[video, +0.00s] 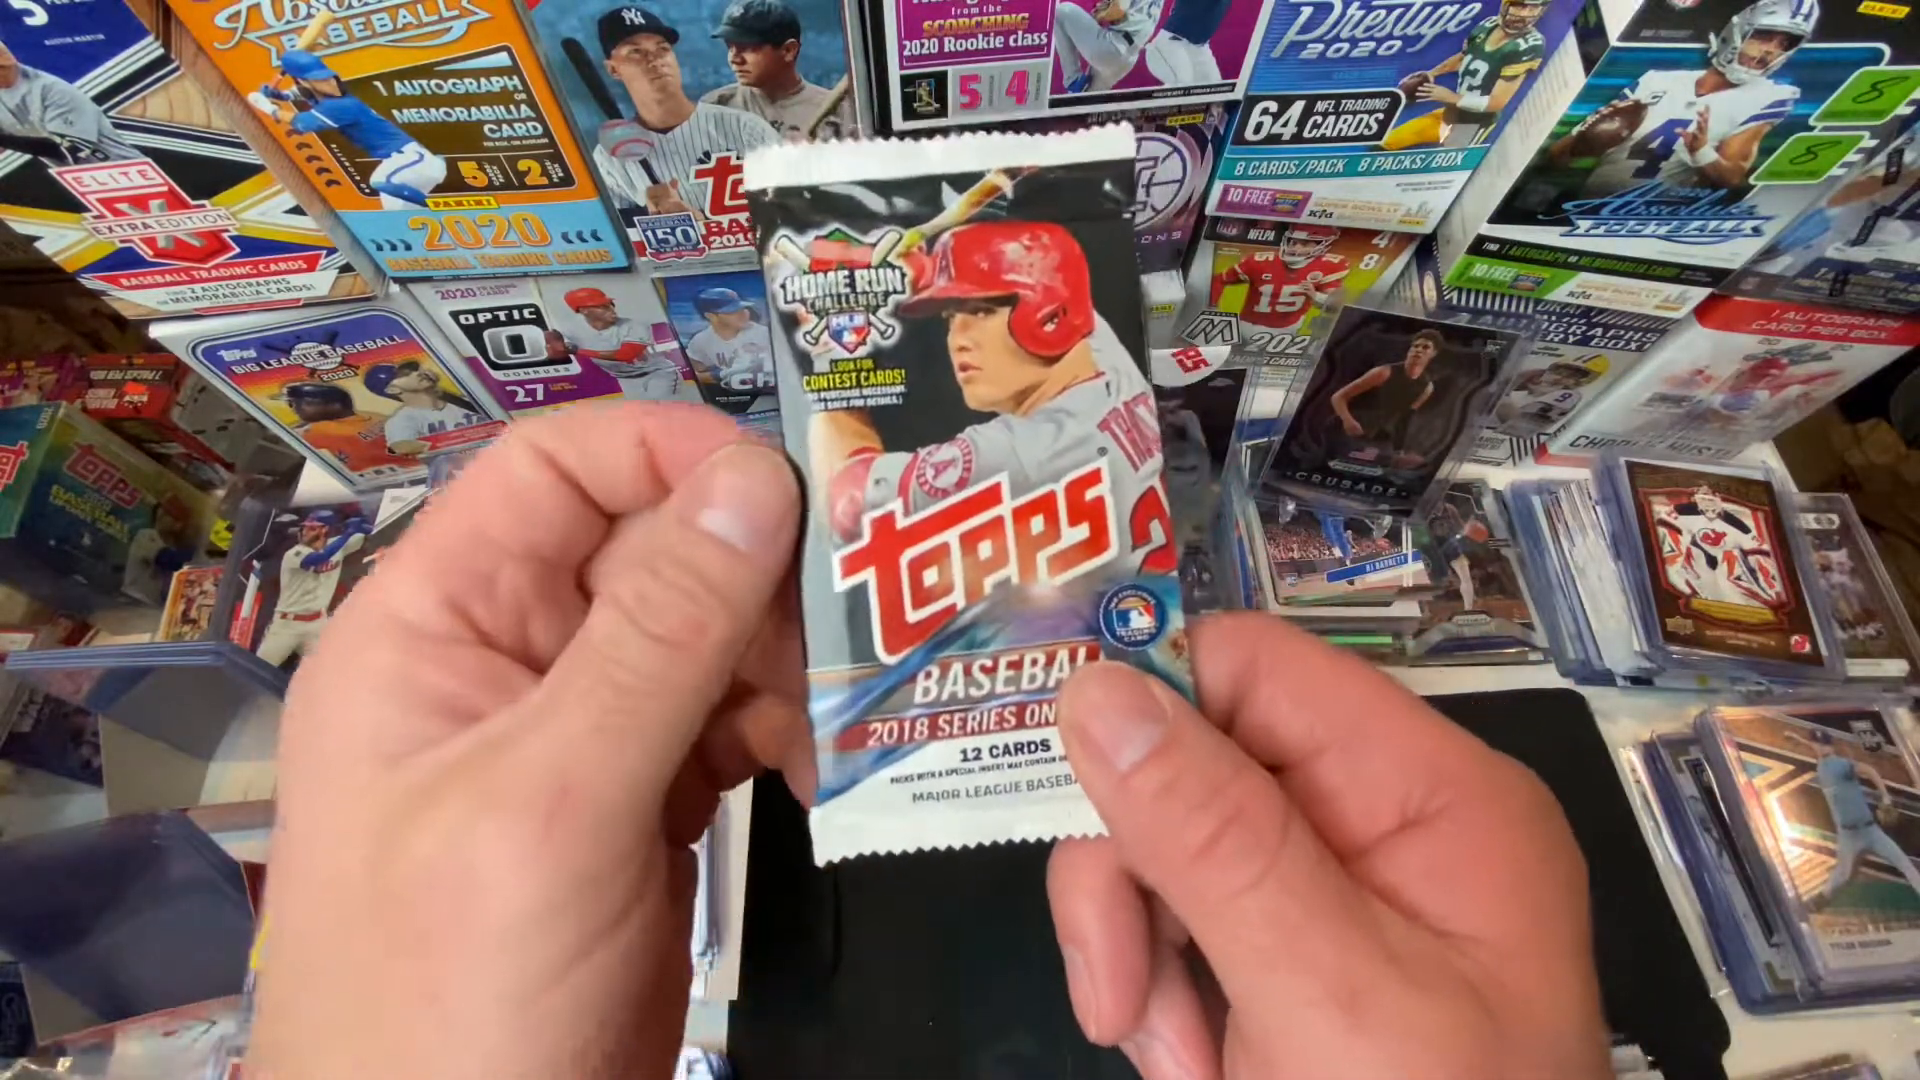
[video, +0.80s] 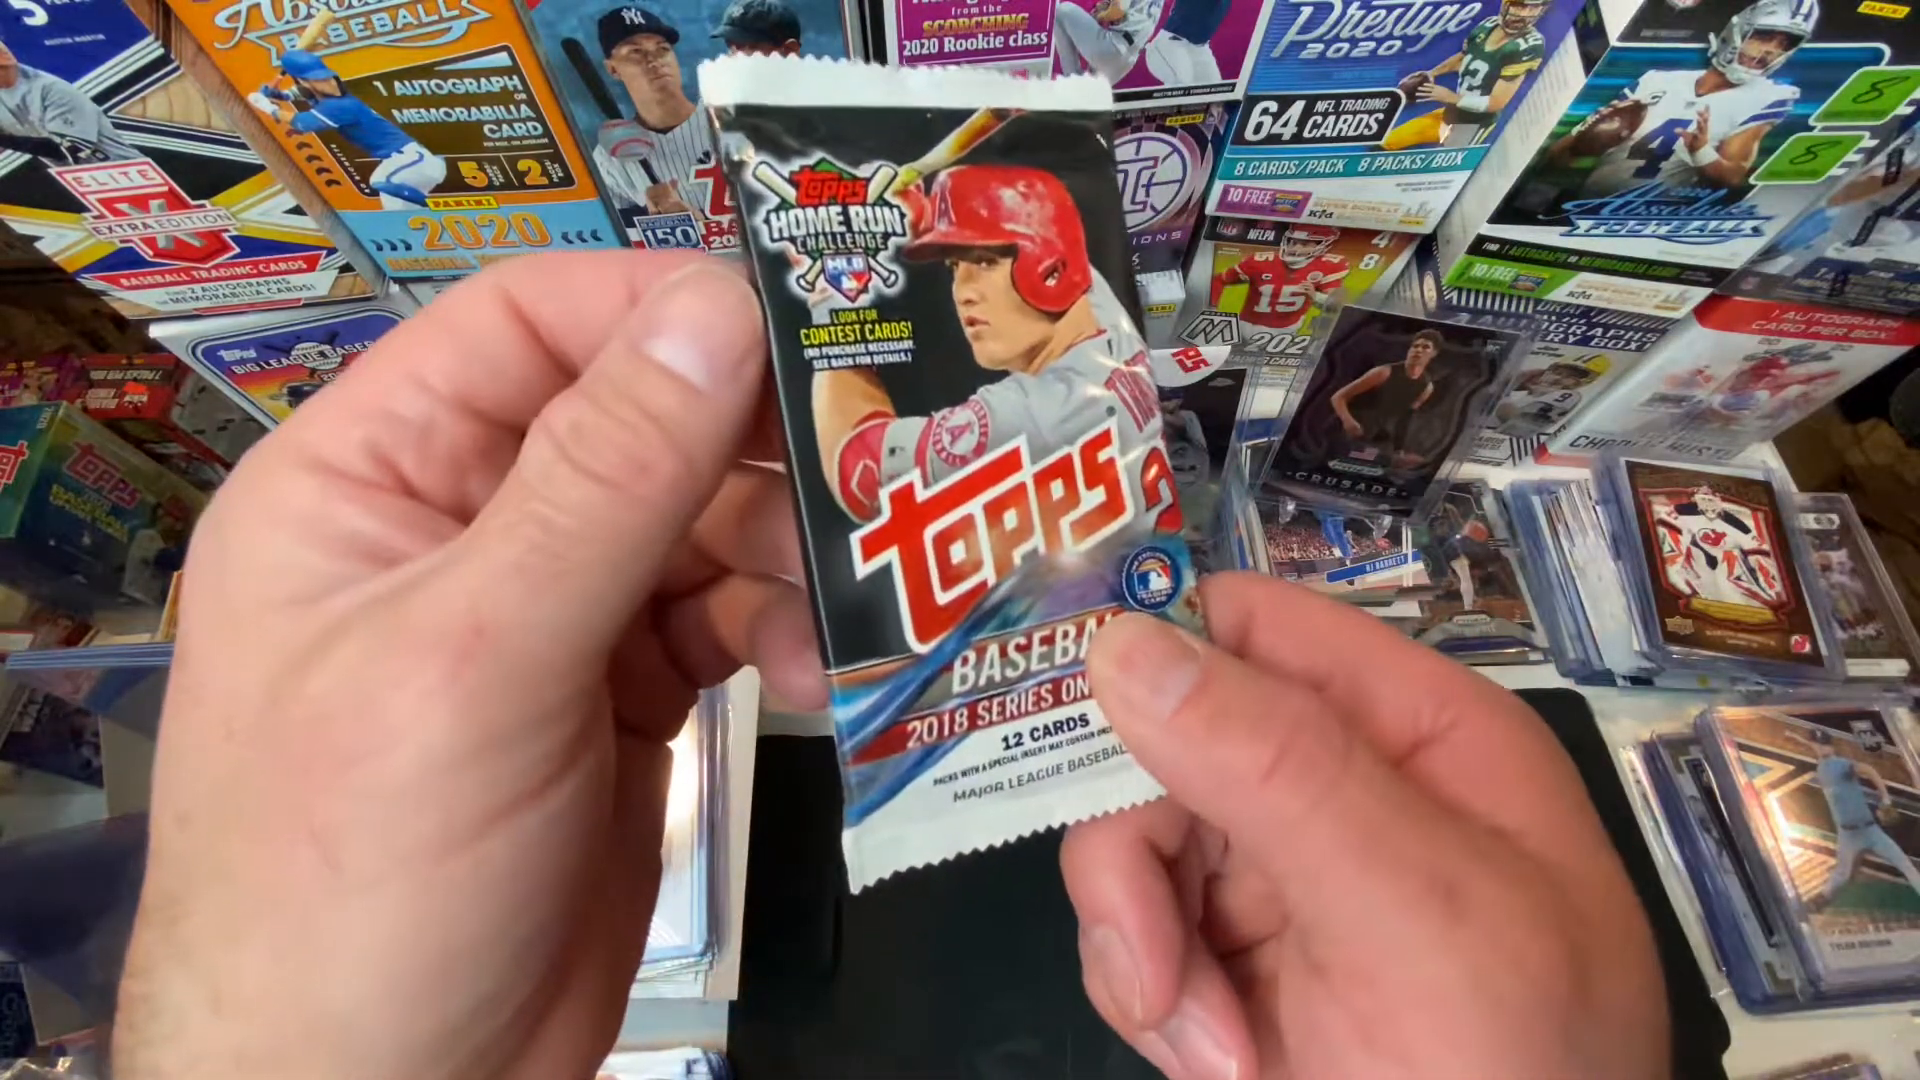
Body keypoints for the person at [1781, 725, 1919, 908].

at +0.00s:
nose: (1822, 749)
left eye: (1824, 744)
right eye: (1818, 745)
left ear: (1831, 744)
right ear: (1815, 748)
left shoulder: (1840, 764)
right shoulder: (1822, 766)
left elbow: (1870, 771)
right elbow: (1814, 748)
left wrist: (1885, 796)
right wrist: (1797, 739)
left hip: (1870, 828)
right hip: (1847, 833)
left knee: (1904, 863)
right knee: (1843, 874)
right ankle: (1823, 897)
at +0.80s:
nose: (1823, 750)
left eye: (1825, 745)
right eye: (1819, 746)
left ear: (1831, 745)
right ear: (1814, 748)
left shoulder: (1841, 764)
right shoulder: (1821, 768)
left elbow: (1869, 770)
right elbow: (1814, 748)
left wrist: (1884, 797)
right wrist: (1799, 739)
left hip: (1870, 828)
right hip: (1846, 833)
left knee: (1904, 863)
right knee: (1842, 874)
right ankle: (1824, 898)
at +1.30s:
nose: (1824, 750)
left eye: (1826, 745)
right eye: (1819, 746)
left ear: (1831, 745)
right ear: (1813, 747)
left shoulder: (1840, 764)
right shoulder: (1823, 768)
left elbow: (1869, 770)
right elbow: (1866, 770)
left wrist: (1885, 798)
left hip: (1870, 828)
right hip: (1847, 834)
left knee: (1904, 863)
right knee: (1842, 875)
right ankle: (1817, 902)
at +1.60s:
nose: (1823, 749)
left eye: (1826, 744)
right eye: (1819, 745)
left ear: (1831, 745)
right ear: (1814, 747)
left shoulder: (1842, 764)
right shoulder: (1820, 769)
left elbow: (1870, 771)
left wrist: (1885, 796)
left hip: (1870, 828)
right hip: (1847, 834)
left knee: (1903, 862)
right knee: (1842, 874)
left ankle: (1919, 890)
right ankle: (1819, 901)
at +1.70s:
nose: (1823, 750)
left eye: (1826, 745)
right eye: (1819, 746)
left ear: (1832, 746)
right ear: (1815, 749)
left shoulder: (1842, 764)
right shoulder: (1821, 770)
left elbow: (1870, 771)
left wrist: (1885, 797)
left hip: (1869, 828)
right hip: (1847, 833)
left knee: (1902, 862)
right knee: (1842, 874)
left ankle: (1919, 888)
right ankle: (1820, 900)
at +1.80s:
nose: (1823, 749)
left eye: (1825, 745)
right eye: (1819, 745)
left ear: (1831, 746)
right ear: (1815, 748)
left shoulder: (1841, 764)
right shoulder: (1821, 769)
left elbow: (1870, 771)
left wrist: (1884, 797)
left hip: (1869, 828)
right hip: (1847, 833)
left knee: (1902, 861)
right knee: (1842, 873)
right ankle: (1820, 900)